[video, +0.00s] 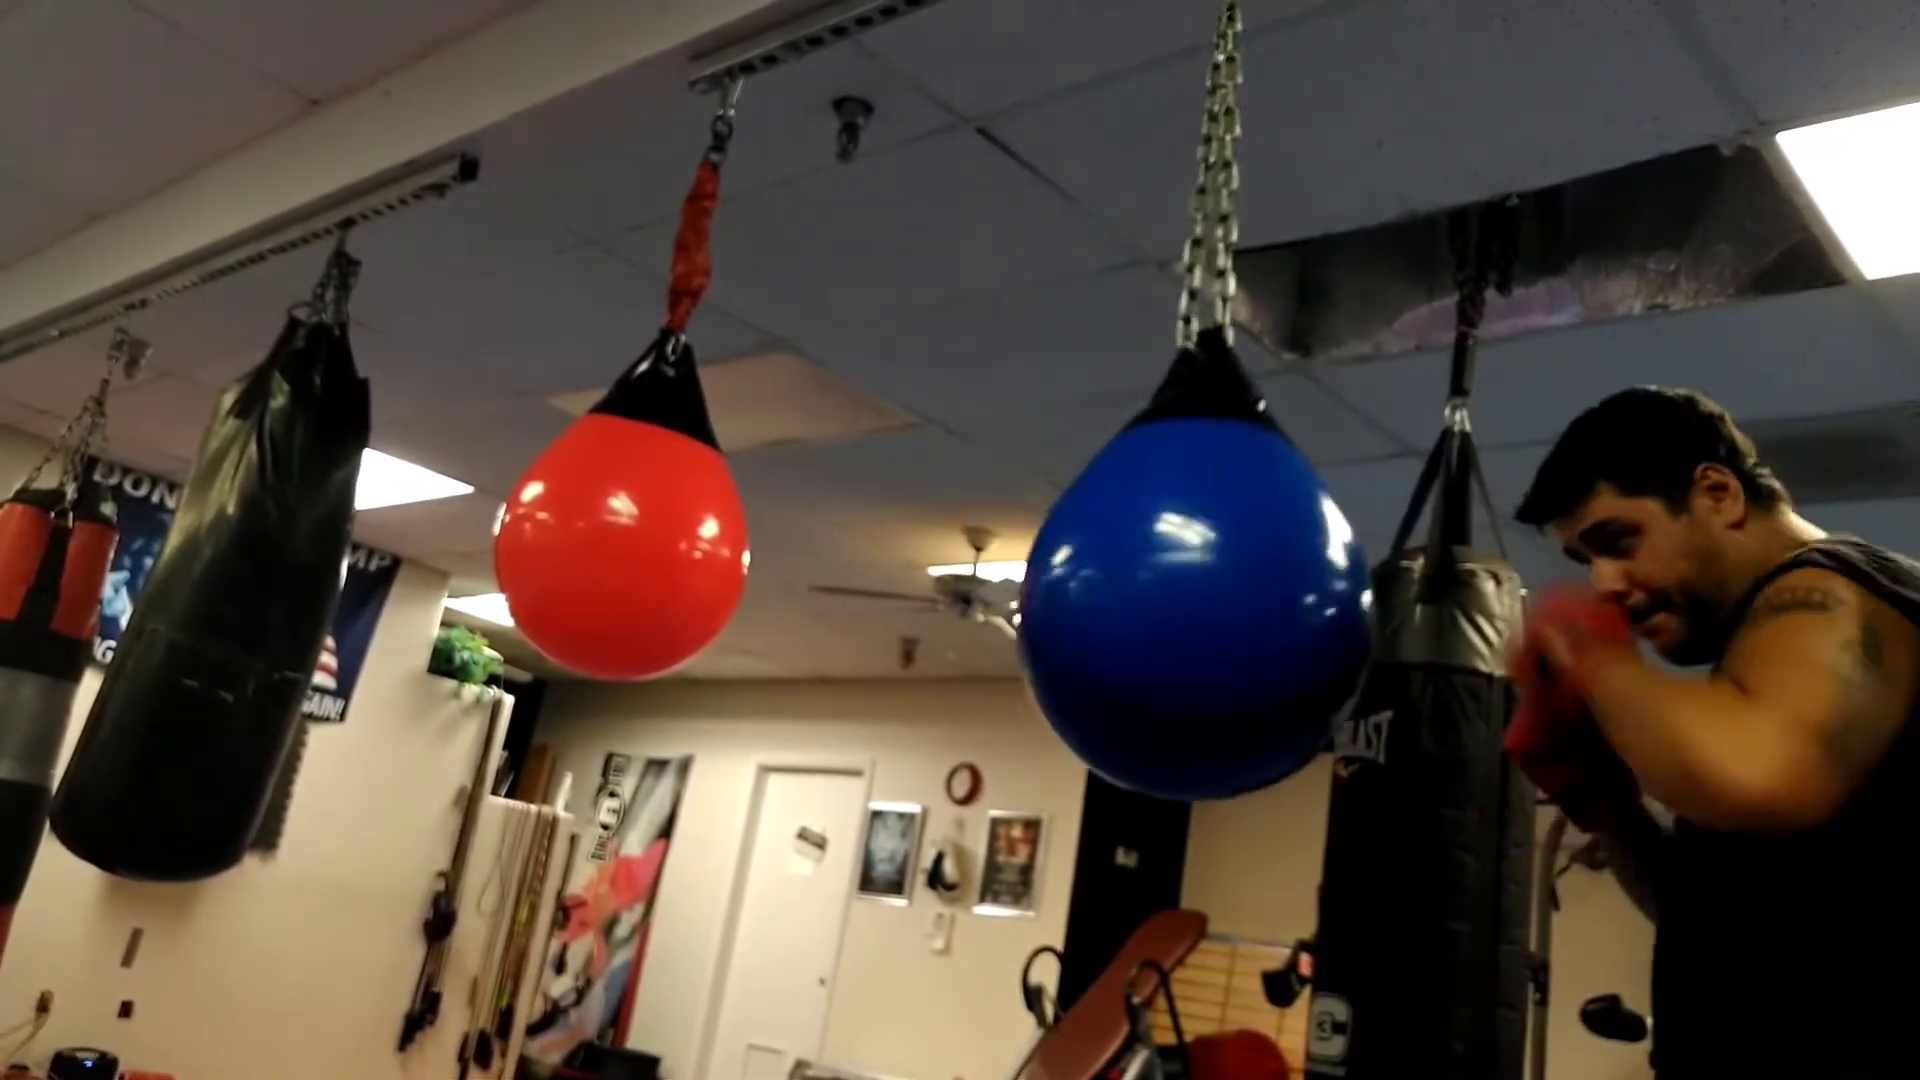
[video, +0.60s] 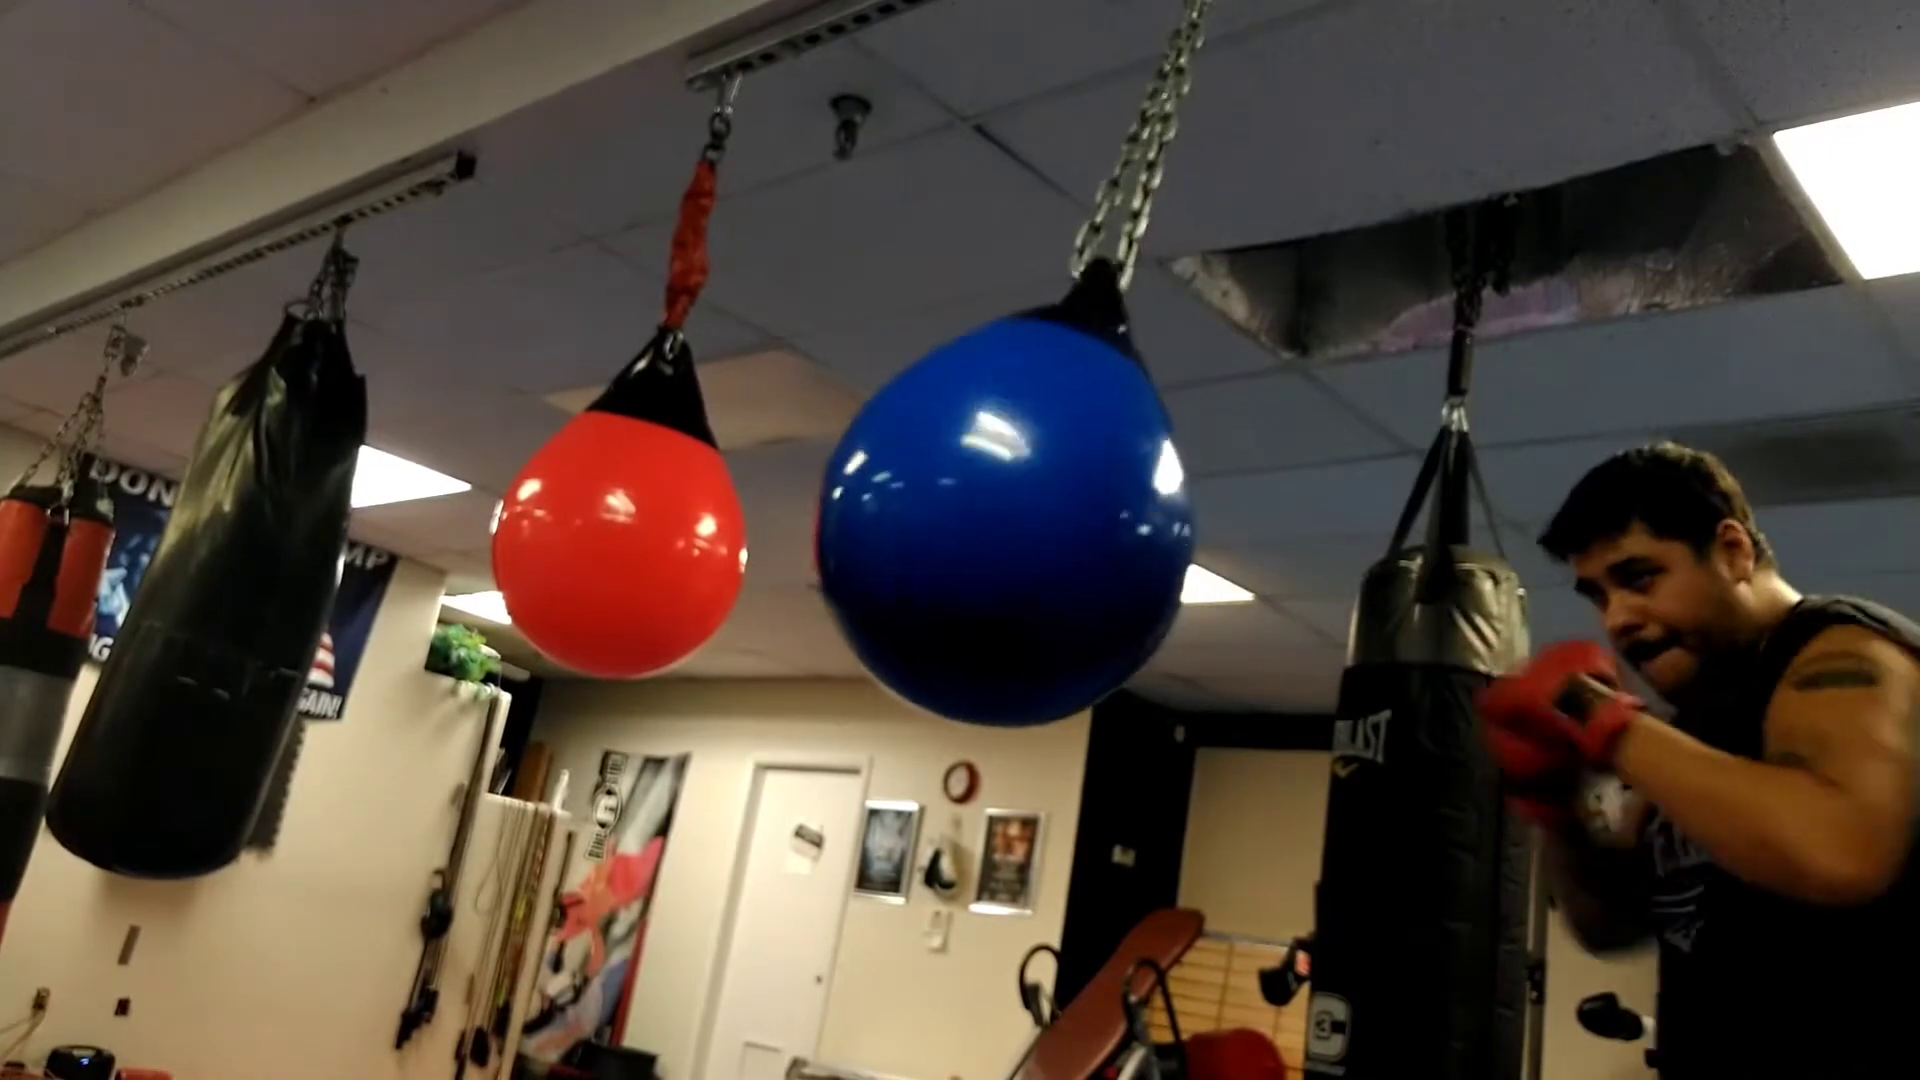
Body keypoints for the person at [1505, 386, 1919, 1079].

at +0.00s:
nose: (1605, 584)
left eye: (1620, 543)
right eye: (1586, 561)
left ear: (1719, 497)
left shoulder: (1825, 593)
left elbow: (1763, 765)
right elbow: (1727, 921)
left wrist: (1598, 657)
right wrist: (1603, 807)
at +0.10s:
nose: (1613, 592)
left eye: (1627, 547)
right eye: (1593, 565)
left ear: (1727, 503)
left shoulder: (1815, 584)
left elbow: (1644, 673)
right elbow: (1693, 901)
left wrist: (1416, 567)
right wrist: (1584, 803)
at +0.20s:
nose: (1625, 589)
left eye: (1647, 545)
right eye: (1607, 562)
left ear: (1749, 509)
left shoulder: (1821, 595)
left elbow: (1674, 681)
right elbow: (1672, 914)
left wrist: (1428, 590)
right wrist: (1593, 801)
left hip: (1839, 1055)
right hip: (1731, 1051)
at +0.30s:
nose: (1633, 596)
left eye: (1656, 555)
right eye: (1615, 574)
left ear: (1756, 525)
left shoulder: (1836, 616)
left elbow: (1805, 767)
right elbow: (1700, 954)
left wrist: (1529, 688)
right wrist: (1625, 821)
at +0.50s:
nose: (1627, 627)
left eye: (1647, 585)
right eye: (1607, 605)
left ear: (1743, 559)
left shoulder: (1863, 666)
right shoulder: (1726, 725)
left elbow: (1908, 876)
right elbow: (1698, 974)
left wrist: (1674, 804)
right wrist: (1621, 868)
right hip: (1729, 1072)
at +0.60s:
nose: (1617, 619)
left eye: (1641, 578)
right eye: (1597, 597)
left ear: (1734, 550)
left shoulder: (1846, 653)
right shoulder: (1693, 714)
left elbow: (1847, 847)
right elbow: (1614, 926)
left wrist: (1614, 727)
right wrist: (1557, 802)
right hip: (1702, 1061)